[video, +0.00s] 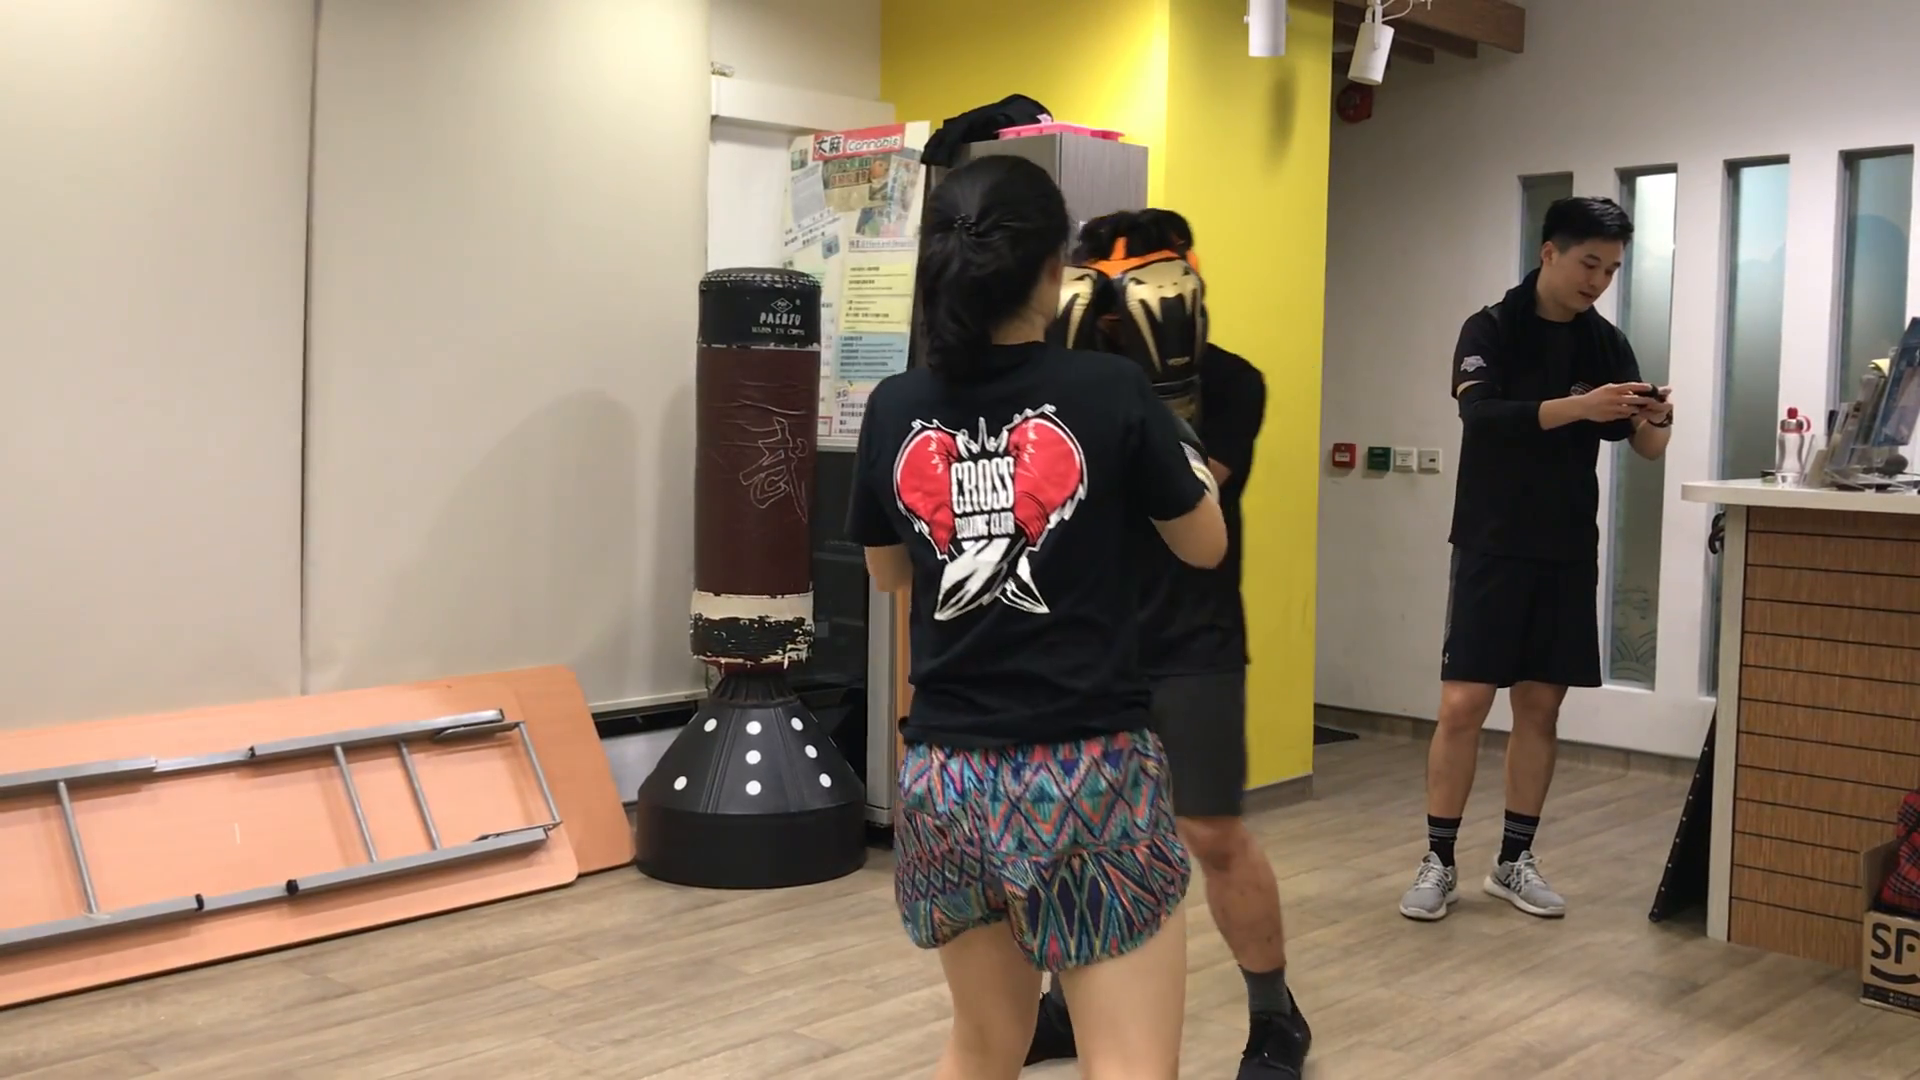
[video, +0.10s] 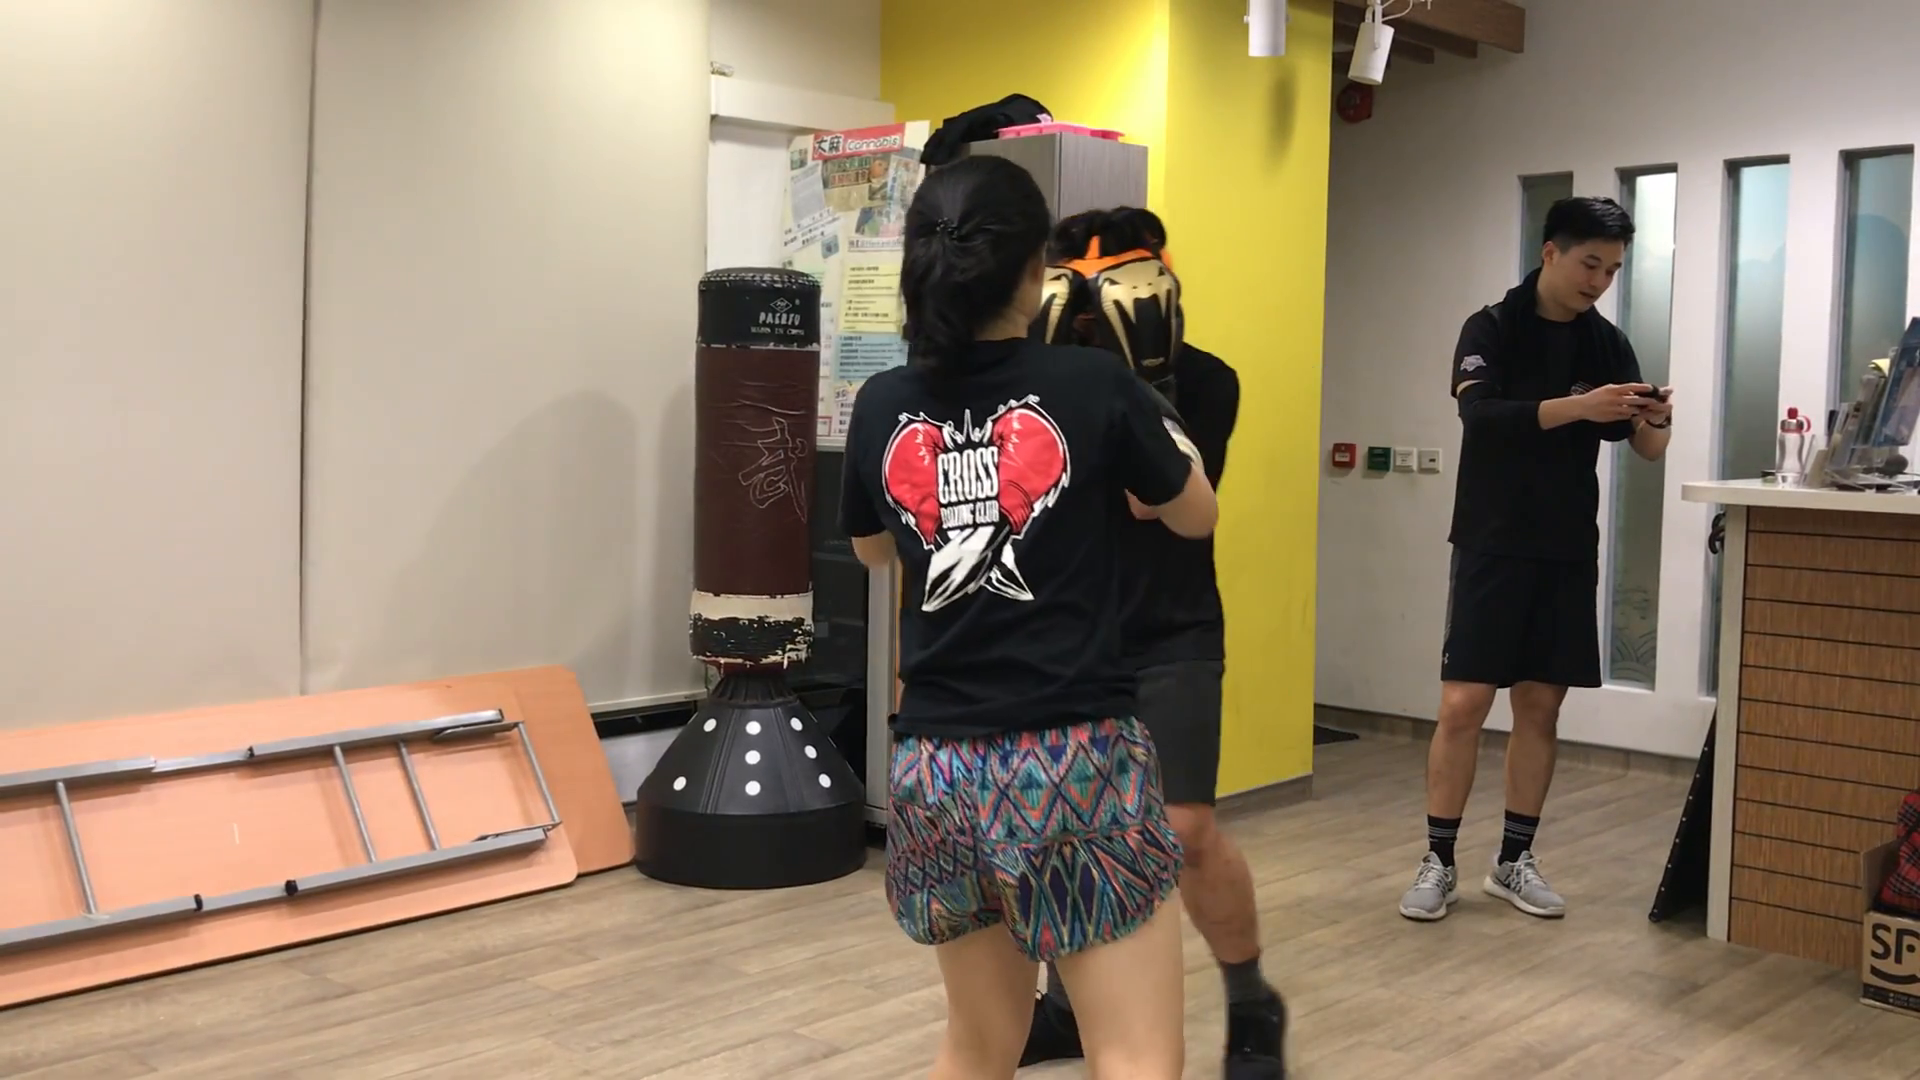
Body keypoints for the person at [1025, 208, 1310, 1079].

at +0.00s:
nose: (1123, 297)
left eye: (1141, 278)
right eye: (1108, 280)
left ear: (1180, 281)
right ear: (1089, 287)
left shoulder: (1228, 380)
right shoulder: (1072, 374)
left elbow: (1204, 497)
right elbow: (1039, 473)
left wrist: (1141, 384)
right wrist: (1078, 364)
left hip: (1193, 637)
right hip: (1085, 631)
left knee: (1214, 836)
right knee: (1071, 818)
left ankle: (1273, 1016)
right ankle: (1063, 1004)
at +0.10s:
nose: (1092, 296)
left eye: (1111, 277)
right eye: (1078, 279)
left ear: (1152, 281)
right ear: (1062, 286)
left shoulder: (1202, 380)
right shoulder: (1047, 377)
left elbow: (1179, 503)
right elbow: (1020, 480)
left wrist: (1120, 382)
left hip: (1172, 634)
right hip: (1066, 633)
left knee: (1185, 830)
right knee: (1056, 819)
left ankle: (1250, 1004)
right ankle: (1061, 1003)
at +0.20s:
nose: (1079, 295)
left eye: (1096, 276)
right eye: (1066, 277)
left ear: (1136, 279)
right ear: (1048, 285)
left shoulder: (1187, 381)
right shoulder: (1033, 379)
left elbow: (1140, 494)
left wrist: (1117, 371)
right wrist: (1045, 355)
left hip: (1158, 637)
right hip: (1054, 638)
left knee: (1171, 826)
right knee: (1047, 817)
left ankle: (1204, 1015)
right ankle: (1056, 1001)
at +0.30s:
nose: (1048, 299)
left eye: (1060, 283)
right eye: (1048, 285)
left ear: (1101, 285)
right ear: (1046, 289)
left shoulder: (1181, 383)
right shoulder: (1034, 378)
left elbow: (1133, 492)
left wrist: (1107, 362)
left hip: (1146, 642)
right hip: (1051, 643)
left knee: (1148, 838)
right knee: (1053, 821)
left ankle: (1166, 1023)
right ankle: (1061, 999)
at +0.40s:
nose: (1074, 309)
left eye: (1088, 288)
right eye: (1060, 294)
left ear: (1125, 287)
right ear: (1039, 296)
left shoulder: (1182, 390)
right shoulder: (1028, 383)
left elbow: (1123, 510)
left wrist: (1101, 389)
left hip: (1137, 658)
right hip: (1037, 658)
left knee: (1130, 856)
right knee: (1040, 841)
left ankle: (1139, 1032)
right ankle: (1046, 1008)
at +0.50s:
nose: (1079, 313)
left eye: (1099, 291)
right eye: (1060, 295)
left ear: (1139, 291)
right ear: (1032, 296)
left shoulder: (1182, 391)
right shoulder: (1018, 380)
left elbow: (1120, 513)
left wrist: (1071, 390)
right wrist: (1031, 365)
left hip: (1135, 657)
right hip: (1032, 654)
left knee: (1134, 859)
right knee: (1030, 845)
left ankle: (1147, 1038)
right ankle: (1041, 1016)